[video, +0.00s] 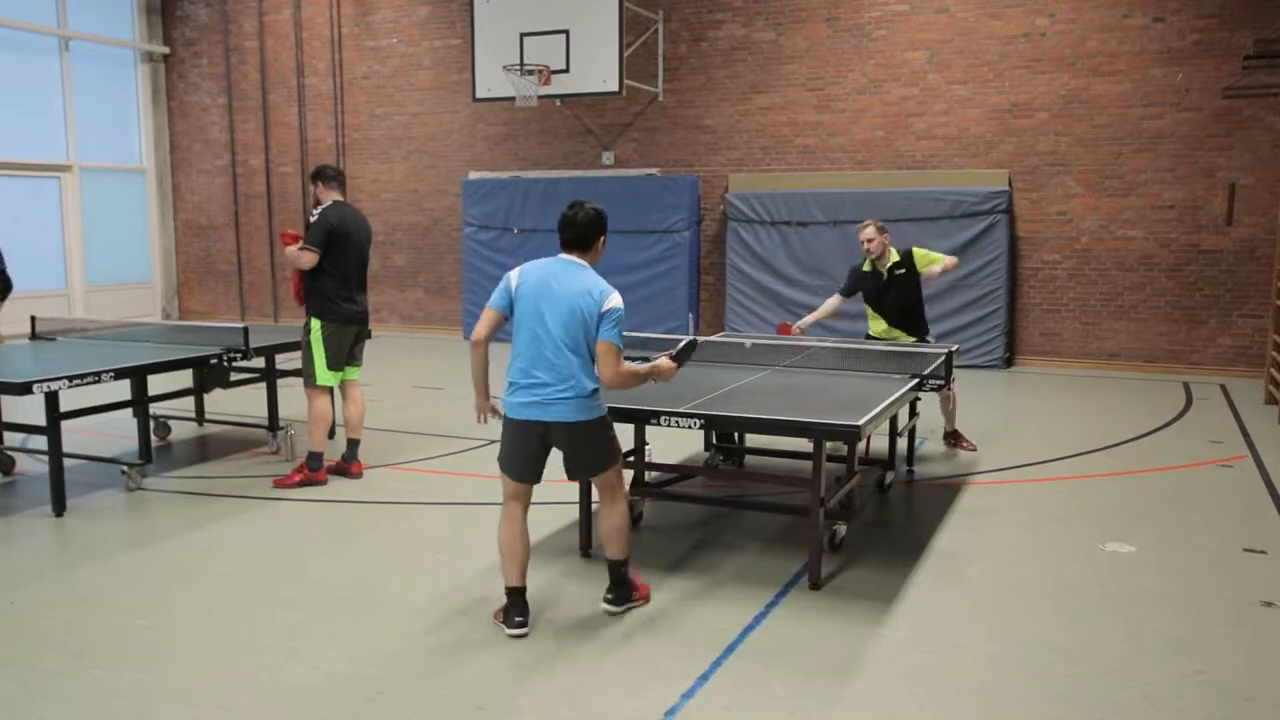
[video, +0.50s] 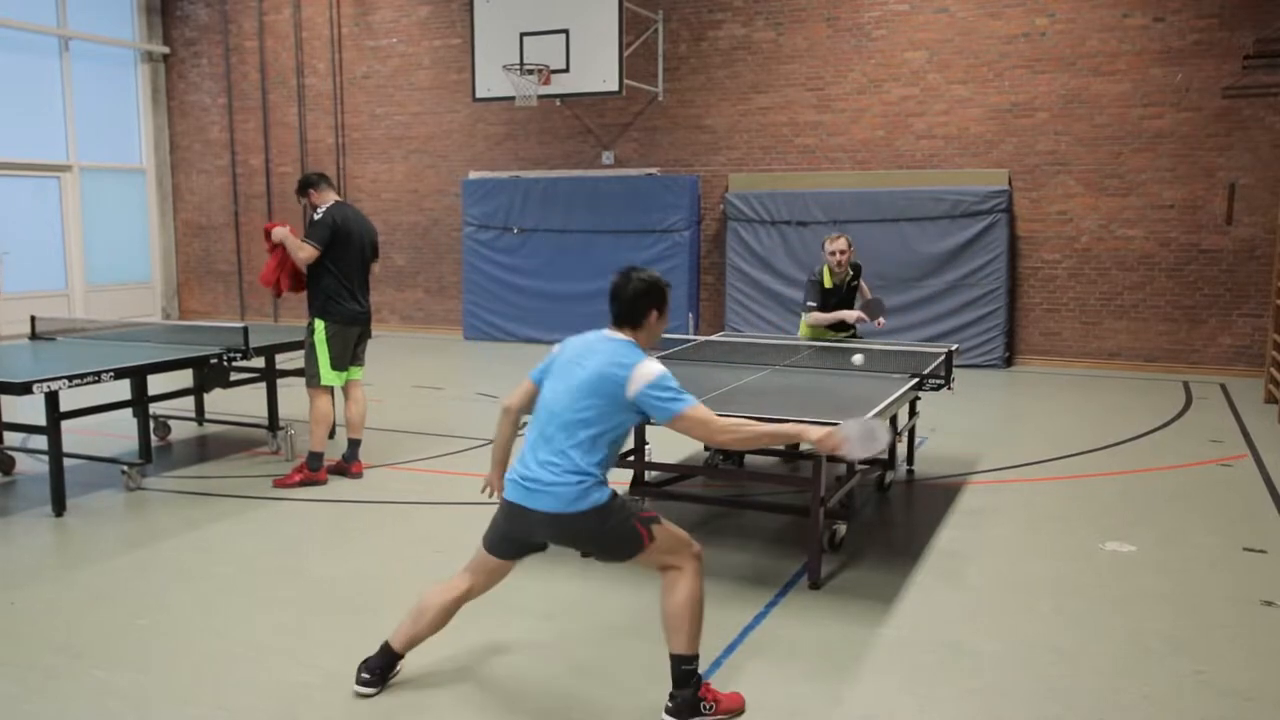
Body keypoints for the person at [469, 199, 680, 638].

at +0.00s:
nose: (606, 245)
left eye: (604, 239)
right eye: (605, 239)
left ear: (560, 239)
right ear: (599, 241)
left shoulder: (520, 276)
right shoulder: (604, 295)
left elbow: (478, 337)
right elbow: (611, 376)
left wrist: (482, 396)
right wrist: (653, 371)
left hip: (522, 415)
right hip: (579, 417)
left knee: (514, 502)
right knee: (612, 494)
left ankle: (516, 607)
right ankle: (619, 586)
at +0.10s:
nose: (602, 235)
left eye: (601, 228)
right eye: (602, 229)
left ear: (555, 228)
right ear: (595, 231)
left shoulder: (514, 266)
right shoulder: (600, 283)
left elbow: (468, 325)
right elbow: (618, 364)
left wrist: (469, 383)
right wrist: (660, 354)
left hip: (516, 411)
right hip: (575, 413)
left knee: (511, 502)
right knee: (609, 491)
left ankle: (514, 609)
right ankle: (607, 601)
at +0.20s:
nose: (609, 221)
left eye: (608, 215)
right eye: (609, 216)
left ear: (561, 213)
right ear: (602, 217)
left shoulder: (517, 250)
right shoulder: (608, 267)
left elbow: (467, 306)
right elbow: (627, 350)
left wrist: (474, 363)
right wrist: (665, 342)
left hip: (516, 395)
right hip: (575, 397)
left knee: (503, 503)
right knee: (613, 496)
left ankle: (493, 606)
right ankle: (619, 609)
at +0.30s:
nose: (619, 228)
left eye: (618, 222)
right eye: (619, 222)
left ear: (569, 220)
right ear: (612, 224)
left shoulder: (524, 259)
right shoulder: (608, 271)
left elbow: (474, 314)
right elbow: (630, 358)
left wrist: (485, 375)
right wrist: (699, 378)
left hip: (519, 409)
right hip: (579, 412)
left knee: (484, 517)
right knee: (628, 518)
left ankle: (440, 623)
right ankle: (658, 636)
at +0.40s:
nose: (631, 273)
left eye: (630, 264)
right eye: (632, 265)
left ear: (582, 258)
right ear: (624, 266)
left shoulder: (537, 299)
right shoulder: (611, 314)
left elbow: (485, 357)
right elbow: (649, 397)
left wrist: (493, 423)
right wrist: (729, 421)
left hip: (517, 461)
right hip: (578, 464)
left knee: (465, 558)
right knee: (650, 553)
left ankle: (385, 654)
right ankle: (688, 681)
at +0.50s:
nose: (667, 325)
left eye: (664, 315)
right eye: (666, 316)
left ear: (616, 313)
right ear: (650, 318)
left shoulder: (569, 348)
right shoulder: (640, 370)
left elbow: (513, 408)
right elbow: (717, 432)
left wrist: (497, 469)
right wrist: (803, 434)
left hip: (522, 498)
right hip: (579, 505)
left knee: (466, 581)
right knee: (682, 555)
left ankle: (380, 662)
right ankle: (686, 693)